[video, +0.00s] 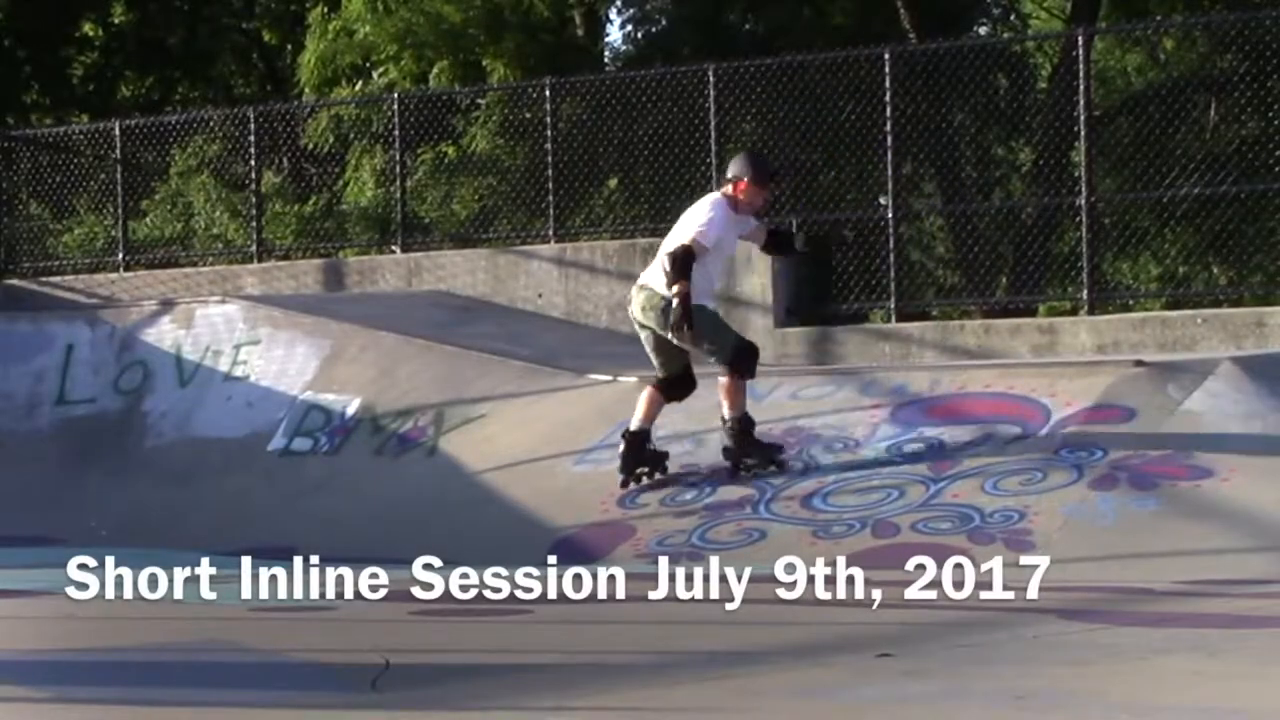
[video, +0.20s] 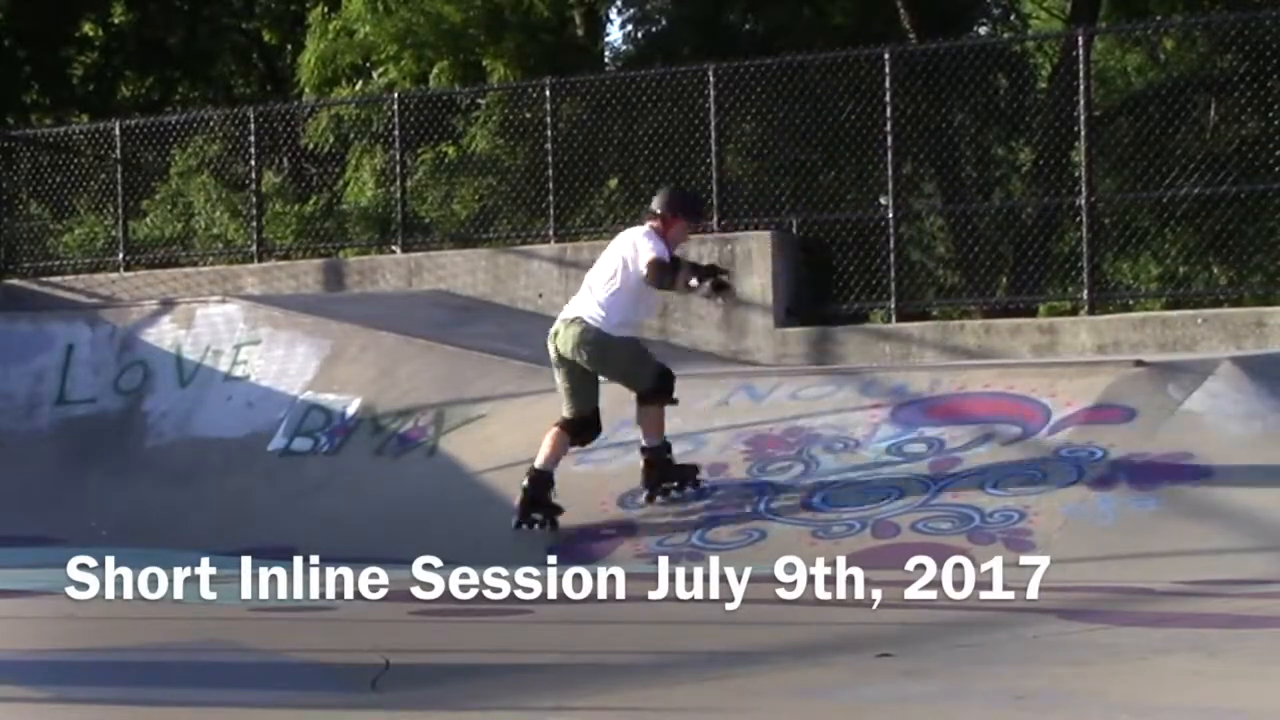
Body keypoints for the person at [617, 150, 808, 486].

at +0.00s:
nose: (766, 196)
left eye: (767, 188)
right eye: (761, 187)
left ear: (741, 187)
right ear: (738, 186)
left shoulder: (736, 216)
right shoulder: (716, 211)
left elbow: (769, 240)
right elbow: (679, 256)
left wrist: (796, 242)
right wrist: (682, 301)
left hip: (647, 299)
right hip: (672, 302)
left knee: (675, 379)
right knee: (740, 355)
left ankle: (634, 446)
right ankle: (739, 441)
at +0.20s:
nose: (688, 234)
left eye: (690, 226)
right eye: (687, 225)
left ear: (659, 219)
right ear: (669, 220)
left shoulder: (631, 237)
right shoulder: (649, 241)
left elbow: (672, 265)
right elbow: (657, 275)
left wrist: (702, 272)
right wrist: (697, 281)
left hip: (562, 332)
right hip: (593, 334)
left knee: (580, 422)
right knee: (656, 383)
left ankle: (536, 485)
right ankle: (657, 465)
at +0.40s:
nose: (595, 271)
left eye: (597, 264)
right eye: (594, 263)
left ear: (559, 253)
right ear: (573, 256)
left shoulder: (524, 274)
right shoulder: (563, 276)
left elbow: (501, 305)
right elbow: (595, 297)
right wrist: (648, 291)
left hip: (472, 365)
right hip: (510, 368)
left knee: (488, 459)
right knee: (550, 430)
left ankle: (441, 518)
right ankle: (548, 512)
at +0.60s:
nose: (507, 280)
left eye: (509, 273)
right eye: (507, 272)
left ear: (470, 258)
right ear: (493, 262)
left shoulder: (434, 280)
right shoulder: (486, 283)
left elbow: (382, 321)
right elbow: (523, 322)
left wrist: (388, 354)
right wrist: (566, 344)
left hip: (392, 359)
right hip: (433, 363)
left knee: (397, 457)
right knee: (451, 445)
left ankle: (355, 523)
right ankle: (437, 531)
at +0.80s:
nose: (427, 281)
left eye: (429, 276)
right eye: (426, 274)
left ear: (384, 260)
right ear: (413, 264)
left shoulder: (354, 282)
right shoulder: (415, 288)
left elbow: (299, 332)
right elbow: (460, 322)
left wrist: (287, 373)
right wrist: (502, 339)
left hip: (314, 361)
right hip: (363, 367)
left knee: (324, 460)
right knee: (372, 450)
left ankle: (286, 524)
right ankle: (354, 532)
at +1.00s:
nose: (358, 257)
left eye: (359, 250)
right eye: (355, 248)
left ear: (310, 244)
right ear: (336, 244)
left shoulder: (278, 272)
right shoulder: (341, 273)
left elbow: (231, 342)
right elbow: (395, 316)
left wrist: (236, 393)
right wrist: (425, 335)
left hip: (250, 360)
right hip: (301, 362)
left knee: (261, 458)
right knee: (307, 455)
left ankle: (230, 532)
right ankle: (300, 536)